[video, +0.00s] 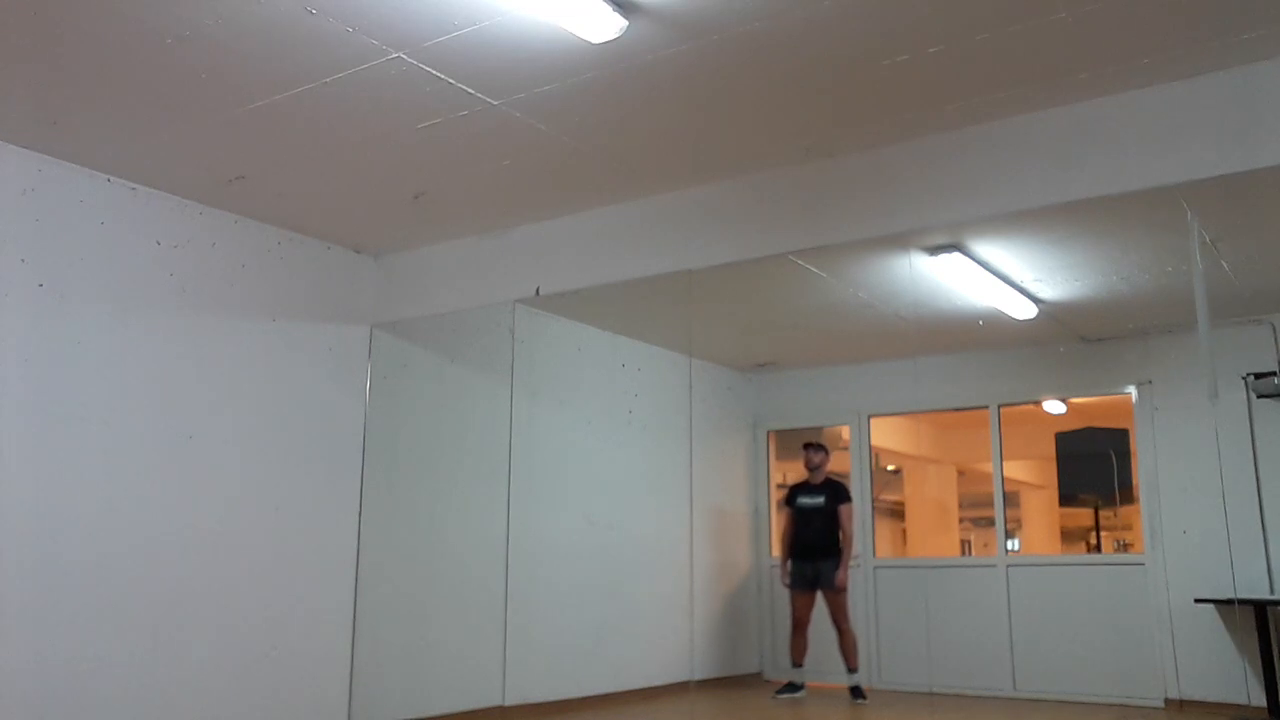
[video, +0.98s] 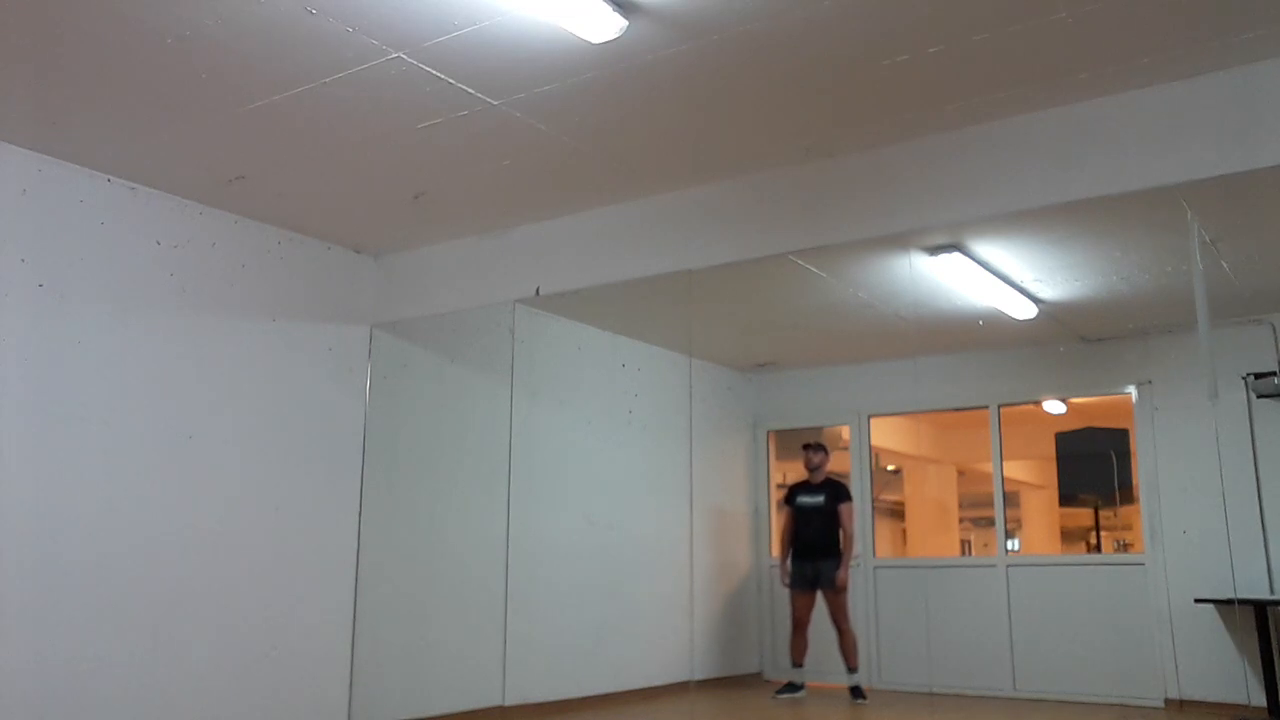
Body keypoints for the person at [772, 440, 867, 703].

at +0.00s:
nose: (812, 458)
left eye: (817, 454)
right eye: (808, 454)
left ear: (827, 459)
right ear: (804, 459)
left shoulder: (838, 490)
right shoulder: (795, 491)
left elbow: (847, 531)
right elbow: (788, 528)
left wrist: (844, 567)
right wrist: (784, 562)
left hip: (830, 563)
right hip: (801, 564)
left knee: (842, 623)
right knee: (799, 623)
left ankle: (854, 682)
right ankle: (796, 680)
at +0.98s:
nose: (812, 459)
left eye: (817, 454)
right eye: (808, 454)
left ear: (827, 459)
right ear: (804, 459)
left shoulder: (838, 489)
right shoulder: (795, 491)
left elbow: (847, 530)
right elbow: (787, 528)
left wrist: (844, 566)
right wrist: (784, 562)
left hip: (830, 564)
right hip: (801, 564)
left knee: (842, 623)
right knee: (799, 623)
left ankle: (854, 681)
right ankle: (796, 680)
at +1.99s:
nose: (808, 460)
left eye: (813, 455)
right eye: (805, 456)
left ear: (824, 458)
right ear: (801, 461)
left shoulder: (838, 490)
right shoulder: (795, 492)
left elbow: (846, 531)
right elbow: (788, 529)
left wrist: (843, 567)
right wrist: (785, 562)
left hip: (830, 563)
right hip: (801, 564)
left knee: (841, 623)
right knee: (799, 624)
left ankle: (854, 682)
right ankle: (796, 680)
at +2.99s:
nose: (810, 460)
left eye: (815, 455)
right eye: (806, 456)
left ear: (825, 458)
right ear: (803, 461)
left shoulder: (839, 490)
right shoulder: (796, 491)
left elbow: (847, 531)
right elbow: (788, 529)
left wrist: (844, 565)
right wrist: (785, 563)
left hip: (831, 564)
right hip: (802, 565)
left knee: (842, 624)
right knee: (799, 624)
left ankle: (854, 682)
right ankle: (796, 680)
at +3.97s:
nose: (809, 460)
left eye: (814, 455)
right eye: (806, 456)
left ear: (825, 458)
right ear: (802, 460)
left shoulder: (838, 489)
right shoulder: (796, 491)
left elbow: (846, 529)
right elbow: (788, 528)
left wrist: (838, 563)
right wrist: (785, 562)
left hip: (830, 563)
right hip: (801, 564)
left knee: (842, 624)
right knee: (799, 624)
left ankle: (854, 682)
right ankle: (796, 679)